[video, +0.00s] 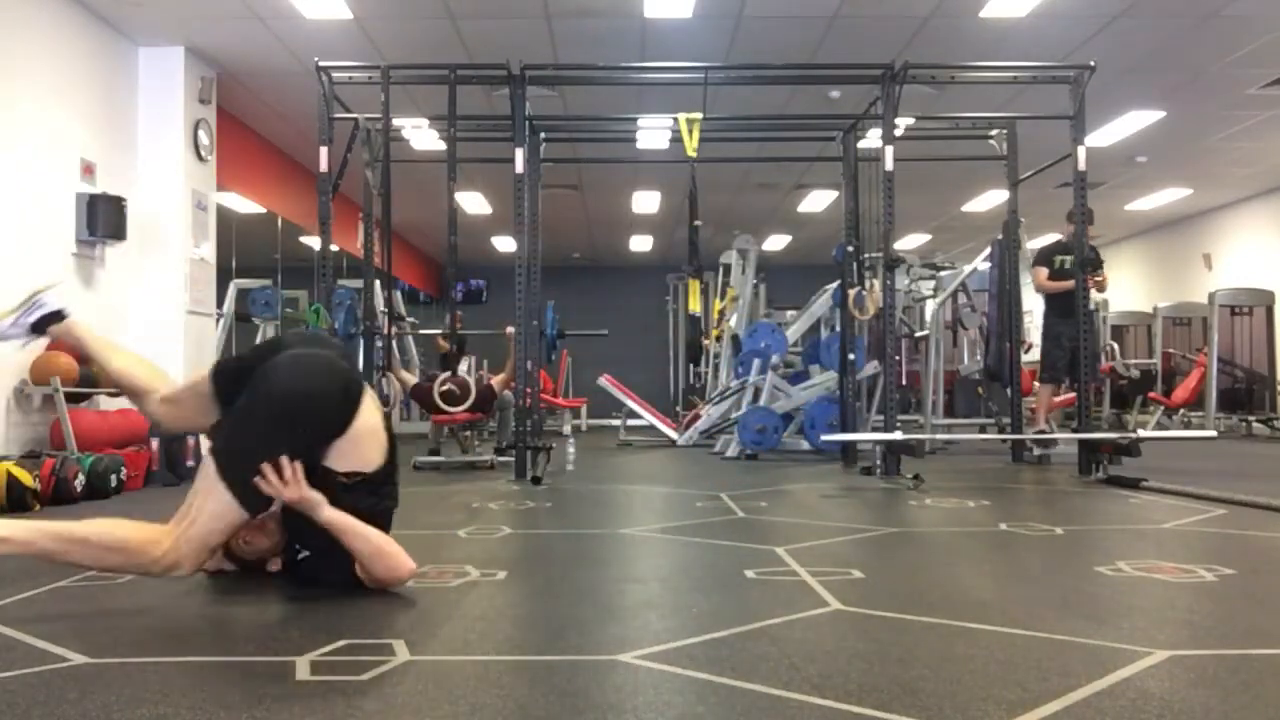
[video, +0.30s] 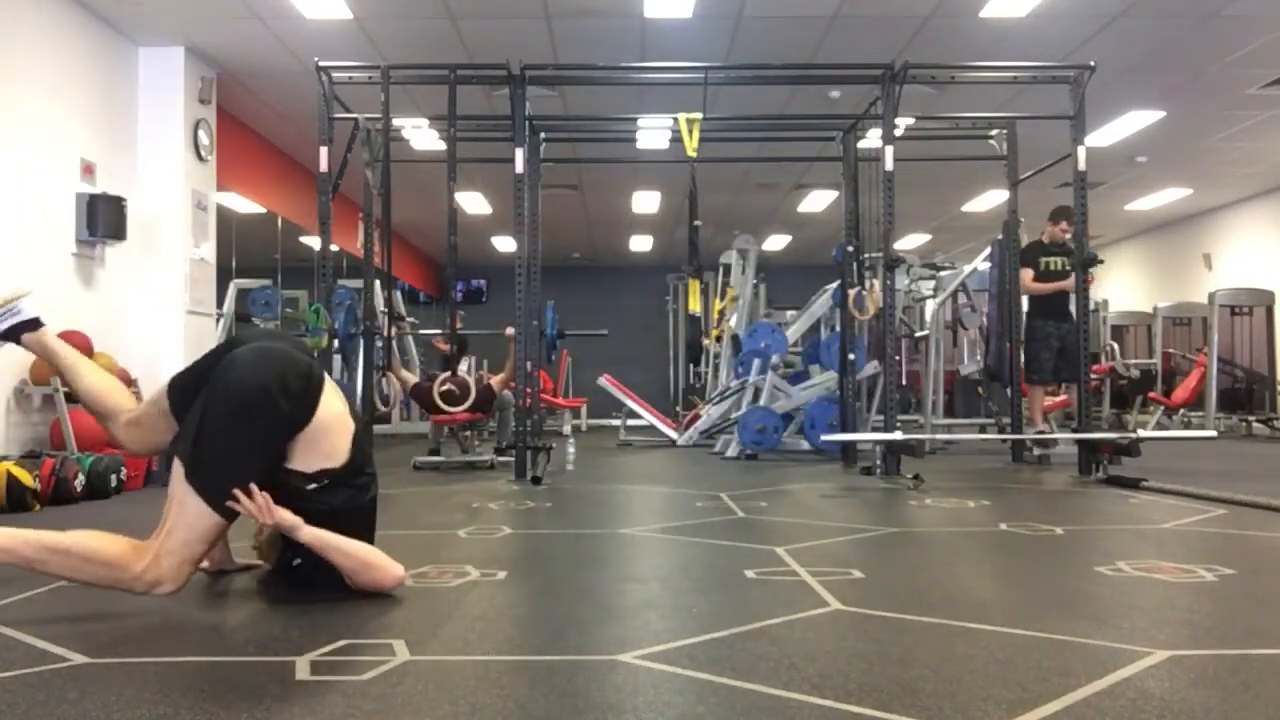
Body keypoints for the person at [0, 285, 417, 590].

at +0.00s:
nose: (244, 532)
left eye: (241, 531)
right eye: (246, 545)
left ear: (251, 518)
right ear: (265, 564)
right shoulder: (318, 561)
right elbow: (402, 569)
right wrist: (316, 507)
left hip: (308, 353)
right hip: (319, 387)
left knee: (166, 405)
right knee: (176, 551)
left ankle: (59, 323)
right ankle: (7, 532)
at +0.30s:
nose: (263, 535)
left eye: (262, 541)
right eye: (271, 541)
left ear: (275, 548)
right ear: (305, 552)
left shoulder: (286, 493)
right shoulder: (330, 553)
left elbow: (199, 447)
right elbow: (393, 577)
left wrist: (219, 551)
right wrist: (295, 527)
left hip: (256, 352)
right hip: (273, 384)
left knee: (133, 428)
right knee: (158, 570)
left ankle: (30, 331)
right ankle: (6, 540)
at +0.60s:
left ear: (309, 562)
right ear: (339, 568)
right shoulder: (352, 558)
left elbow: (221, 448)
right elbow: (389, 579)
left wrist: (219, 548)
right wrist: (300, 517)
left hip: (258, 356)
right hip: (273, 391)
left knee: (135, 434)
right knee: (165, 579)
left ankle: (50, 317)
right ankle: (5, 542)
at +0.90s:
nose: (382, 548)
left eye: (387, 540)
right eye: (388, 541)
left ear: (371, 508)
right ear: (384, 533)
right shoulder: (354, 525)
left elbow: (225, 455)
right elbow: (379, 581)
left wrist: (219, 550)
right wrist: (290, 514)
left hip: (256, 354)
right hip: (263, 395)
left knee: (133, 434)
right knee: (158, 584)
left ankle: (52, 313)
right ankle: (5, 542)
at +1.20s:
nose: (387, 548)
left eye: (395, 542)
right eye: (396, 541)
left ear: (380, 506)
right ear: (389, 526)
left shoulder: (336, 478)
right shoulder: (356, 514)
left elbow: (223, 465)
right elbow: (373, 582)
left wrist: (222, 555)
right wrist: (283, 516)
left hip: (253, 357)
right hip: (252, 400)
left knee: (126, 433)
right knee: (150, 586)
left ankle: (42, 315)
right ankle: (4, 542)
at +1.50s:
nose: (374, 560)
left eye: (377, 550)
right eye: (379, 551)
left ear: (364, 509)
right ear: (377, 540)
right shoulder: (351, 529)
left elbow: (229, 455)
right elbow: (376, 581)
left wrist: (220, 551)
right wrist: (290, 516)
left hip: (259, 354)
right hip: (260, 398)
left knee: (146, 429)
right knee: (154, 582)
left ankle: (60, 313)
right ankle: (4, 543)